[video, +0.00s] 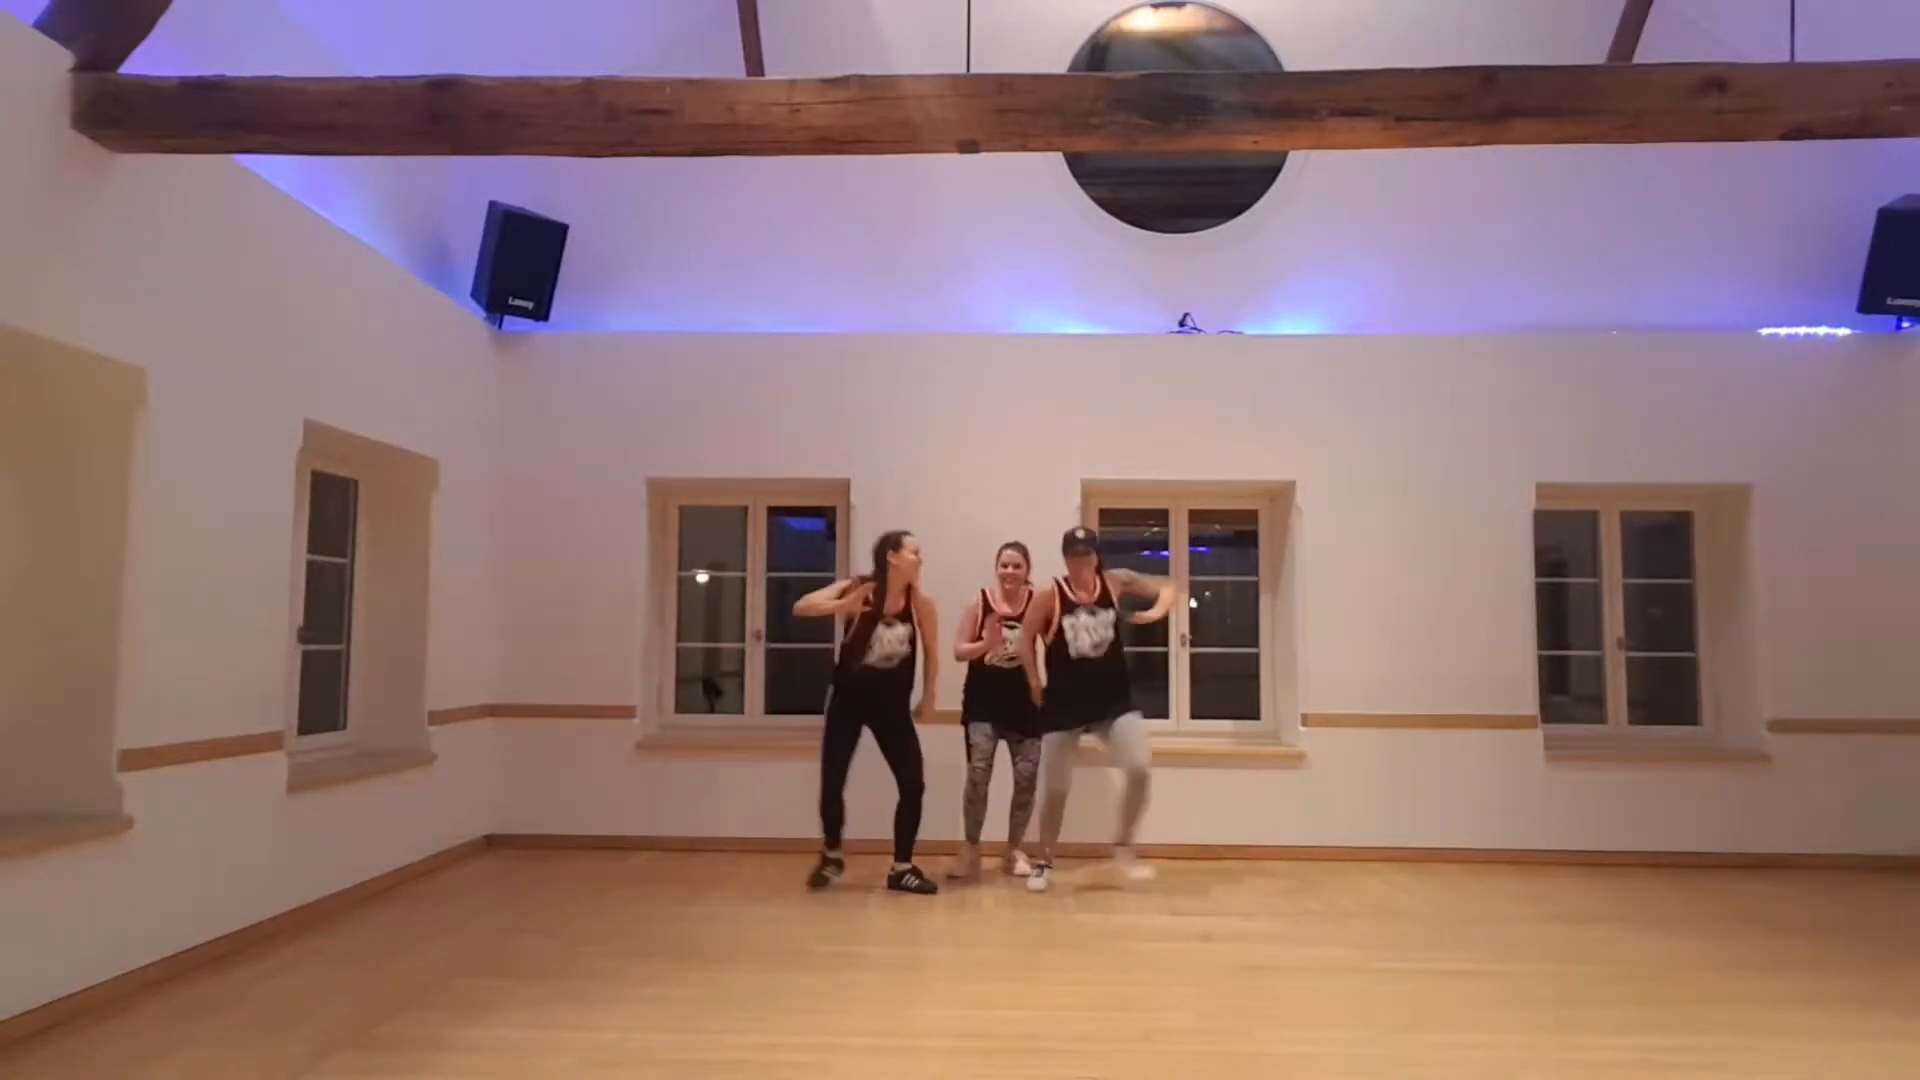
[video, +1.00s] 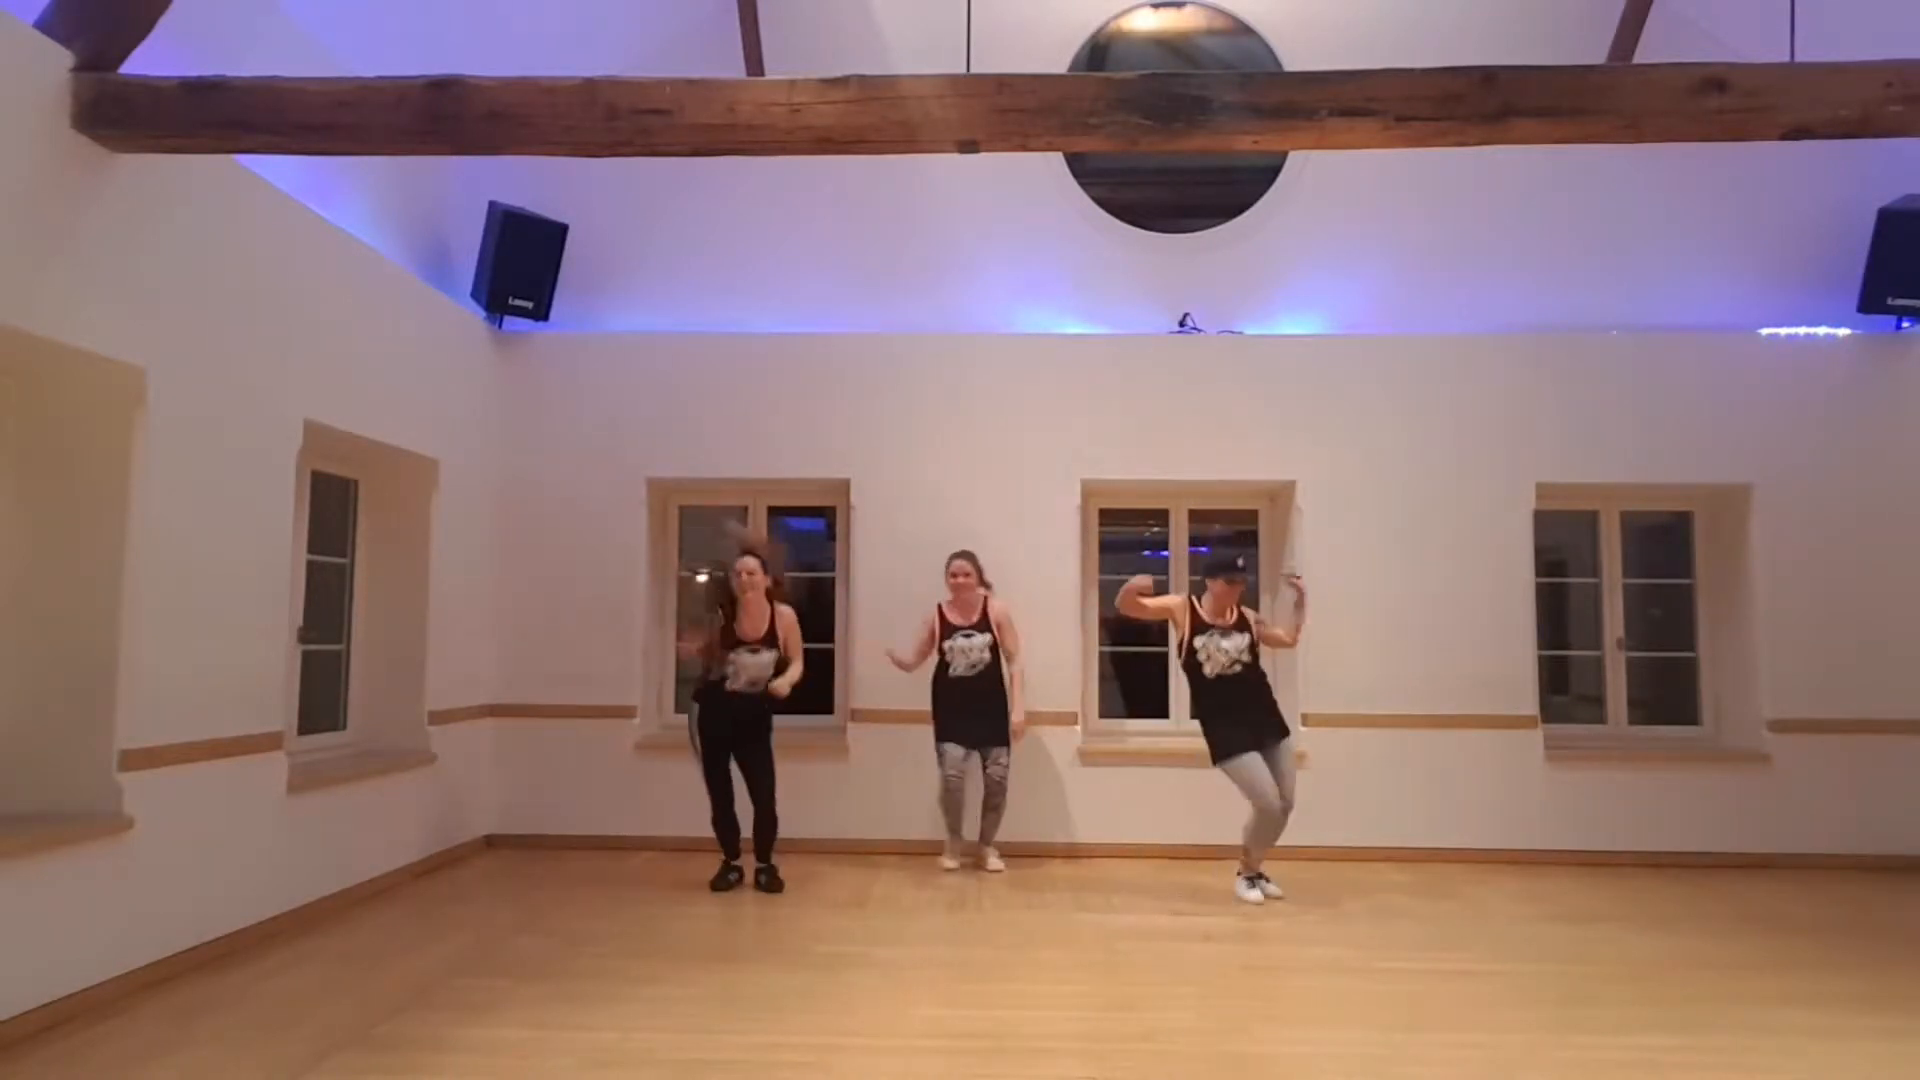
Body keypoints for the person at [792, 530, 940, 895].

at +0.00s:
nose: (920, 558)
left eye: (919, 552)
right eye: (913, 552)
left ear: (900, 559)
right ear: (890, 557)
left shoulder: (921, 604)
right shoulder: (858, 590)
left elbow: (930, 652)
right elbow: (801, 607)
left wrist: (928, 696)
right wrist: (843, 605)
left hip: (891, 702)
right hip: (848, 699)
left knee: (912, 782)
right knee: (831, 782)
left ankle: (902, 867)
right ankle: (832, 858)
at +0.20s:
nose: (869, 559)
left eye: (869, 553)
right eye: (861, 554)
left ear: (866, 559)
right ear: (840, 559)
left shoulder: (882, 592)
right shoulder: (819, 597)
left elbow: (895, 640)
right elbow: (850, 626)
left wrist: (914, 679)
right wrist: (893, 616)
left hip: (880, 705)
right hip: (837, 706)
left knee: (905, 788)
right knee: (796, 780)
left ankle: (912, 864)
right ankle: (755, 852)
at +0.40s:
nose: (824, 588)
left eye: (823, 582)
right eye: (817, 581)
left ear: (820, 588)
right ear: (794, 586)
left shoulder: (829, 621)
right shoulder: (773, 622)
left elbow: (855, 670)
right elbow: (811, 632)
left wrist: (883, 712)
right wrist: (858, 628)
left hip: (844, 725)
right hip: (800, 728)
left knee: (887, 794)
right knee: (758, 803)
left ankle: (909, 869)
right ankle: (735, 865)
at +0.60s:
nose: (791, 557)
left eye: (792, 550)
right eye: (783, 551)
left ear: (792, 554)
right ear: (762, 555)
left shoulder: (806, 587)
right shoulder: (744, 587)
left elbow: (832, 634)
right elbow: (734, 616)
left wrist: (839, 679)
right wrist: (780, 627)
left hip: (803, 697)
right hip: (761, 697)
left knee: (835, 776)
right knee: (742, 784)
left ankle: (861, 852)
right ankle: (733, 863)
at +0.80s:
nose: (756, 553)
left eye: (763, 548)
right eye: (751, 548)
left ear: (778, 556)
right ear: (743, 555)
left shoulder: (793, 596)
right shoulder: (727, 595)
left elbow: (808, 641)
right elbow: (694, 634)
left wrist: (812, 663)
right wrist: (704, 659)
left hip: (777, 695)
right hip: (736, 694)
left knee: (790, 779)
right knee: (728, 782)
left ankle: (779, 857)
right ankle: (732, 861)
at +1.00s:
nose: (745, 579)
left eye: (752, 573)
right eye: (739, 574)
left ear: (767, 579)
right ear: (732, 581)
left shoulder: (783, 616)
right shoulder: (723, 614)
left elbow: (796, 662)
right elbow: (711, 657)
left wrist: (784, 681)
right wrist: (695, 651)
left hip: (754, 711)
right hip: (716, 711)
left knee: (763, 794)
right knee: (720, 794)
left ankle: (764, 866)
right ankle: (731, 863)